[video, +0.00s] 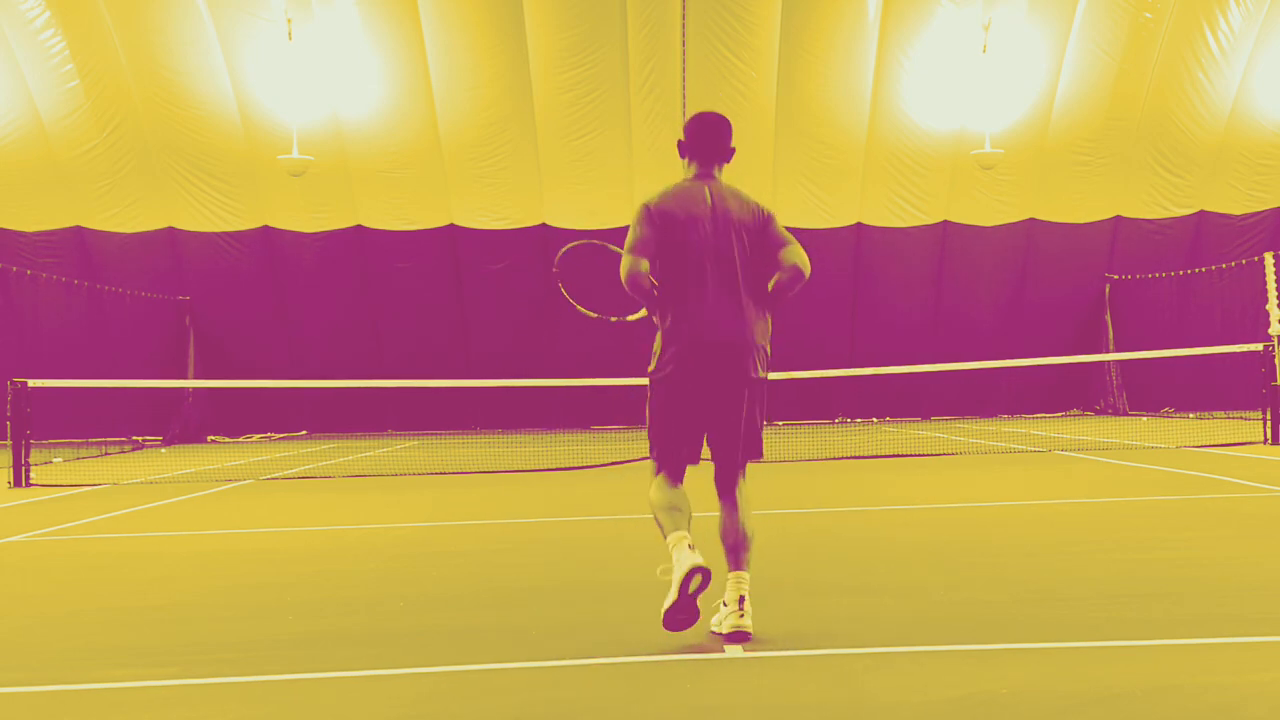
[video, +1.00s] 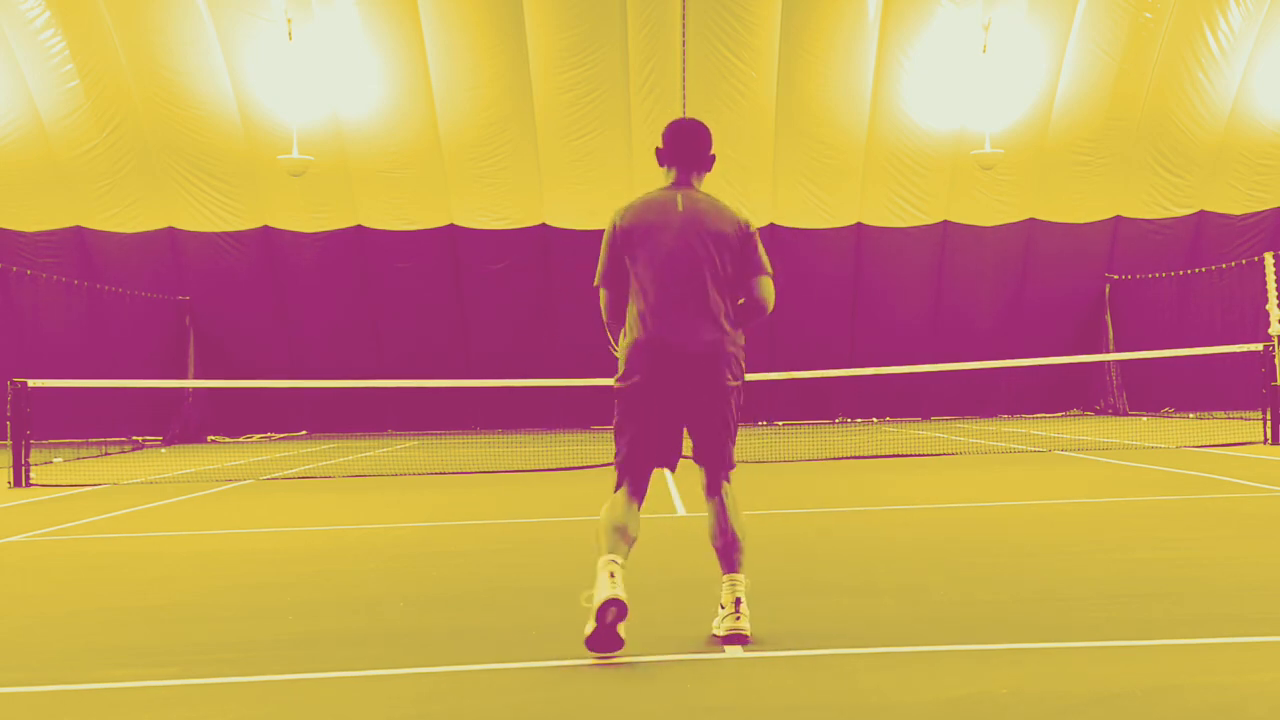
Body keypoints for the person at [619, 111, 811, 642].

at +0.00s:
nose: (691, 159)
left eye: (686, 150)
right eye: (717, 153)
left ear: (683, 152)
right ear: (730, 156)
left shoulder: (658, 207)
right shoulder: (754, 211)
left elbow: (633, 272)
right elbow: (797, 266)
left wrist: (659, 307)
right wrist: (761, 303)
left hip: (682, 357)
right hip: (740, 359)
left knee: (667, 473)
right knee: (731, 483)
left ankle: (684, 556)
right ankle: (737, 603)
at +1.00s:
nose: (700, 169)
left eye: (674, 160)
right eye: (706, 160)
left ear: (660, 161)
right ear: (710, 163)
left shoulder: (626, 219)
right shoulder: (734, 223)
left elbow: (610, 303)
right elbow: (762, 301)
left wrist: (624, 346)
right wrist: (722, 326)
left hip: (646, 367)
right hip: (715, 368)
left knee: (629, 482)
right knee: (719, 483)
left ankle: (609, 585)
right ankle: (734, 604)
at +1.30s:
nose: (642, 173)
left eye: (629, 165)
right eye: (644, 166)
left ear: (592, 167)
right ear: (644, 167)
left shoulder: (556, 227)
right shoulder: (655, 225)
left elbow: (552, 310)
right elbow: (679, 318)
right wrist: (661, 366)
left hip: (563, 383)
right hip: (634, 377)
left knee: (594, 511)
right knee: (678, 492)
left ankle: (548, 622)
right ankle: (704, 614)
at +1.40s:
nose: (626, 165)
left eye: (621, 155)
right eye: (627, 156)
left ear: (575, 158)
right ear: (625, 158)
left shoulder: (541, 213)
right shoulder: (628, 214)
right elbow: (657, 309)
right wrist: (653, 345)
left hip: (526, 368)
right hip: (589, 363)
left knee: (582, 504)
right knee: (647, 488)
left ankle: (543, 637)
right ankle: (630, 620)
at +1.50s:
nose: (614, 134)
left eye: (607, 125)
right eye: (616, 125)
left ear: (564, 124)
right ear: (616, 126)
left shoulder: (531, 177)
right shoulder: (610, 182)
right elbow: (654, 276)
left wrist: (654, 281)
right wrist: (681, 302)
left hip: (486, 324)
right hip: (549, 324)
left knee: (536, 479)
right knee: (602, 471)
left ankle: (531, 619)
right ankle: (561, 603)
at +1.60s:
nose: (603, 124)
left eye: (596, 114)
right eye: (605, 114)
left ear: (551, 113)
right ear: (606, 115)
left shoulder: (517, 159)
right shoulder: (603, 170)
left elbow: (543, 228)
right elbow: (675, 244)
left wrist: (612, 225)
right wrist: (709, 242)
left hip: (449, 319)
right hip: (514, 320)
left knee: (494, 471)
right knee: (562, 473)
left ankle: (460, 615)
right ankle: (525, 609)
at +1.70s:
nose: (591, 148)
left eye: (588, 138)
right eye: (590, 138)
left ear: (537, 134)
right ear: (587, 137)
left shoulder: (509, 178)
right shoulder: (564, 182)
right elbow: (639, 220)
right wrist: (697, 193)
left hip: (428, 350)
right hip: (488, 357)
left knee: (455, 501)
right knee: (531, 510)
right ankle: (486, 662)